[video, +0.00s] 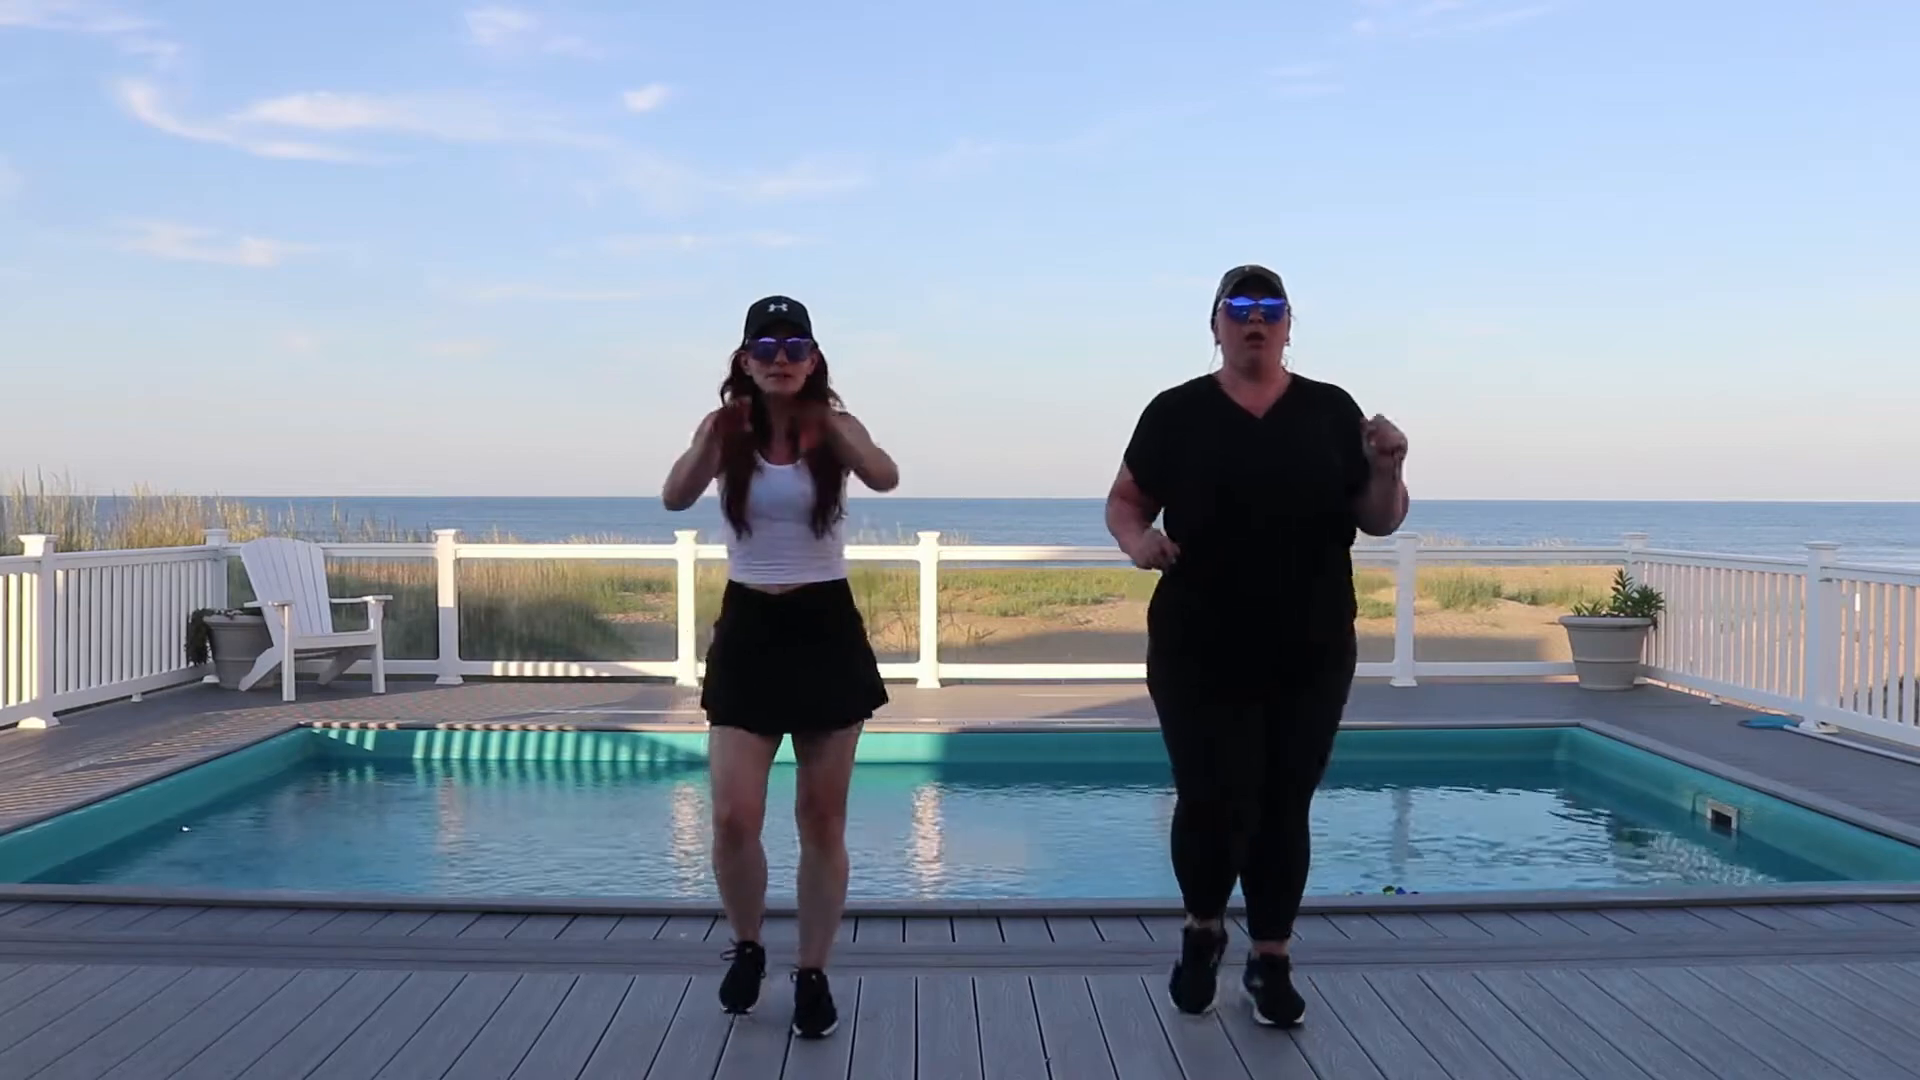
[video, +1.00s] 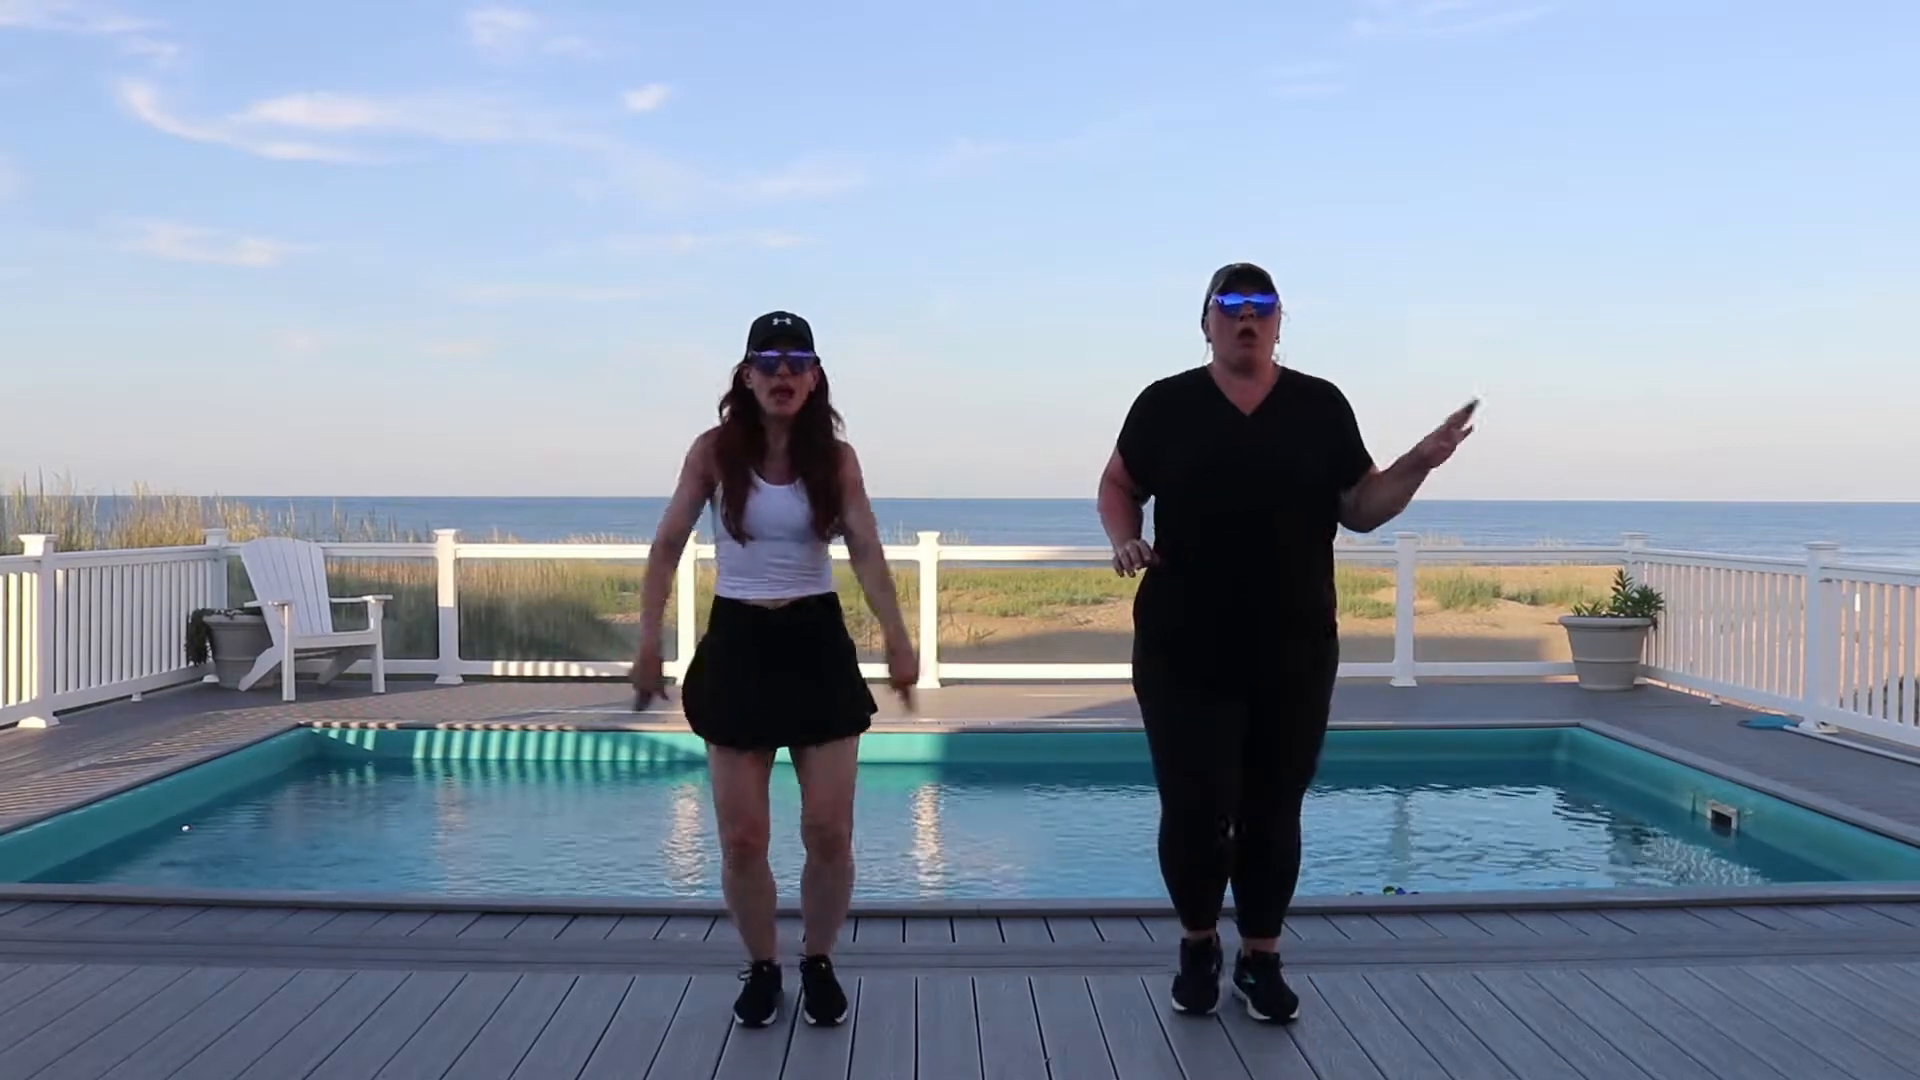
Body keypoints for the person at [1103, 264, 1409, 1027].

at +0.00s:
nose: (1256, 323)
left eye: (1270, 312)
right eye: (1241, 312)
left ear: (1288, 326)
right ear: (1217, 326)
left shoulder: (1333, 412)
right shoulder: (1174, 414)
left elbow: (1381, 521)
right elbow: (1125, 504)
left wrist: (1388, 467)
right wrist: (1140, 540)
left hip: (1309, 644)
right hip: (1201, 643)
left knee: (1285, 803)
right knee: (1211, 798)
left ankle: (1272, 959)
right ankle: (1204, 931)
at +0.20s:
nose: (1248, 316)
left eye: (1262, 306)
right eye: (1233, 306)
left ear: (1282, 322)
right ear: (1210, 321)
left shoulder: (1323, 406)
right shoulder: (1166, 407)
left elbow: (1372, 507)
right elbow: (1120, 497)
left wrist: (1354, 495)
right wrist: (1135, 547)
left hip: (1298, 643)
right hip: (1191, 641)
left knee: (1282, 804)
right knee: (1208, 803)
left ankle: (1272, 959)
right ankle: (1200, 956)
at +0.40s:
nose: (1238, 315)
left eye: (1253, 305)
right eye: (1224, 304)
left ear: (1274, 322)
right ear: (1201, 321)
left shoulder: (1314, 411)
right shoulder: (1158, 406)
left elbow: (1344, 494)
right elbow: (1104, 499)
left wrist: (1347, 534)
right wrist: (1139, 539)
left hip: (1290, 638)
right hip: (1180, 643)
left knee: (1310, 795)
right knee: (1195, 802)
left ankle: (1278, 940)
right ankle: (1199, 956)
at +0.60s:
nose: (1243, 311)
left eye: (1257, 301)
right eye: (1227, 300)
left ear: (1275, 319)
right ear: (1203, 318)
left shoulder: (1315, 407)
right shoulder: (1159, 406)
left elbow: (1343, 503)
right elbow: (1111, 501)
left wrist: (1373, 534)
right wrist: (1132, 547)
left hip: (1293, 647)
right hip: (1185, 646)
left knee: (1285, 810)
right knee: (1195, 808)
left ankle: (1267, 954)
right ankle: (1199, 957)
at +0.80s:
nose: (1246, 317)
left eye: (1260, 305)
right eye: (1231, 306)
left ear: (1280, 321)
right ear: (1207, 323)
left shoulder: (1325, 405)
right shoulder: (1170, 407)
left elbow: (1368, 508)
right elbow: (1124, 493)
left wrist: (1406, 471)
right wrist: (1128, 540)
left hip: (1295, 647)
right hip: (1187, 643)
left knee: (1273, 807)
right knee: (1191, 801)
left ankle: (1262, 954)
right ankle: (1194, 940)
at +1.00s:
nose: (1246, 319)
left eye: (1259, 309)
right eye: (1232, 308)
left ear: (1279, 323)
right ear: (1207, 324)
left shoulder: (1322, 405)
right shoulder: (1165, 405)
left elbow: (1362, 508)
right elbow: (1119, 484)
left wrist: (1416, 464)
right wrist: (1124, 536)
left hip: (1292, 643)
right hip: (1186, 640)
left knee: (1275, 805)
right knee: (1194, 803)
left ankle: (1261, 955)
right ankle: (1198, 945)